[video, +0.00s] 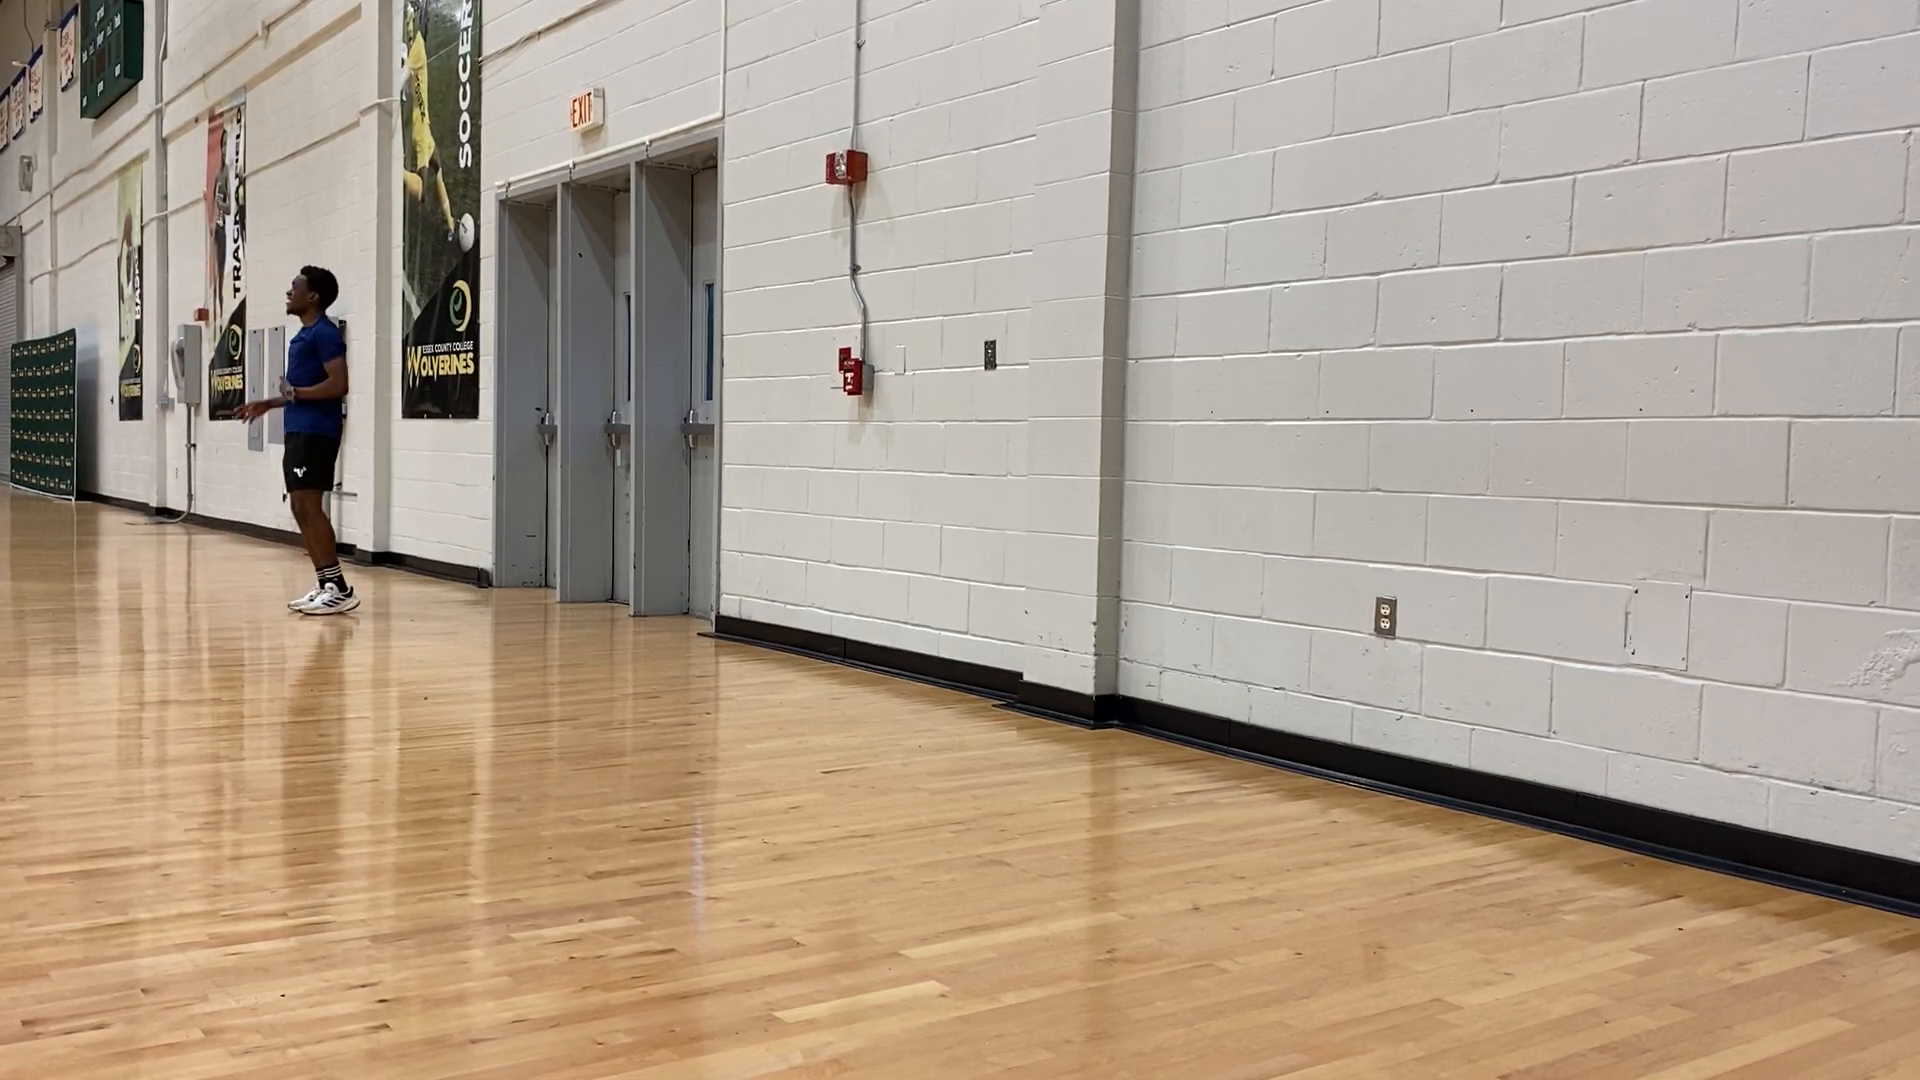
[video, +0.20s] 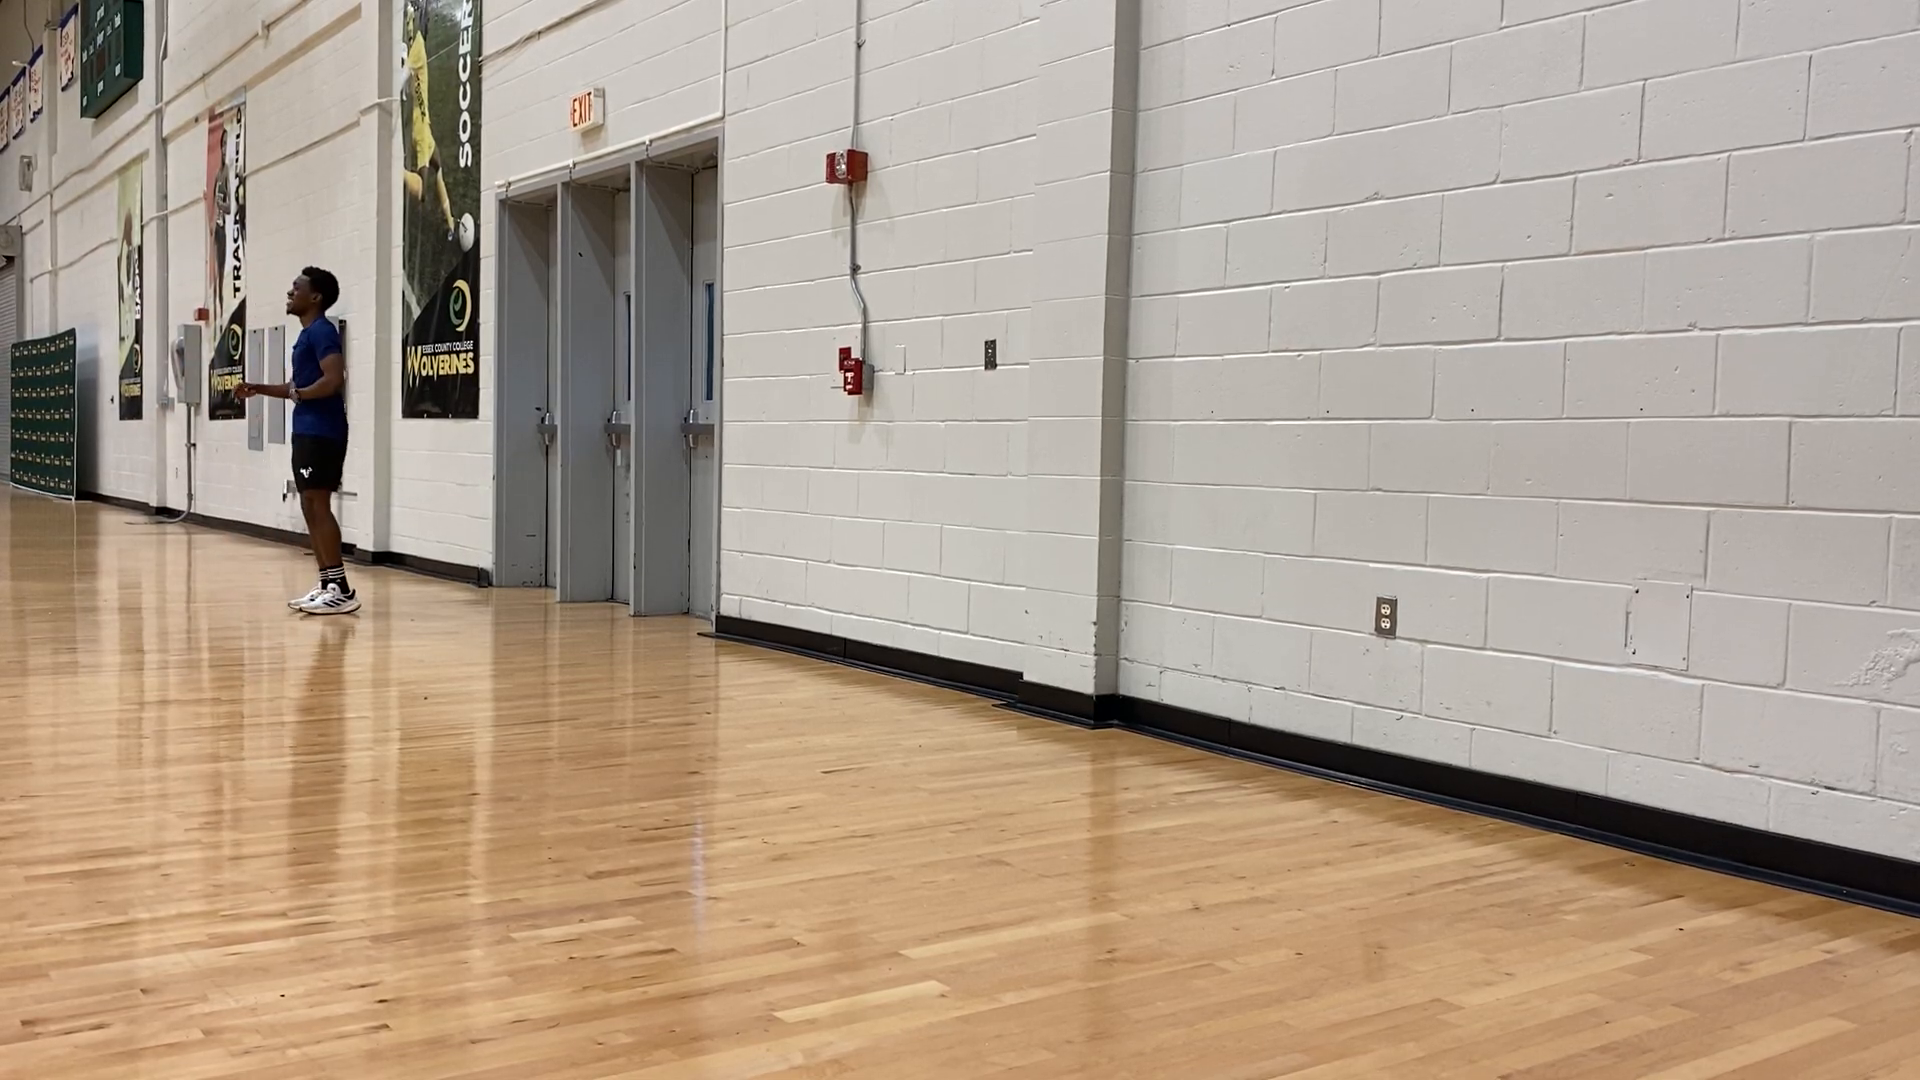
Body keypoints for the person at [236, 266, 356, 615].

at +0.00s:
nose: (289, 291)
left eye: (296, 287)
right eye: (292, 285)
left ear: (314, 296)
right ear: (309, 296)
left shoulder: (323, 332)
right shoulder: (305, 334)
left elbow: (338, 385)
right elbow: (301, 393)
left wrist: (297, 392)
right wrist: (264, 405)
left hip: (316, 434)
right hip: (300, 433)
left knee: (309, 507)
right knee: (300, 508)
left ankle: (337, 588)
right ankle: (325, 585)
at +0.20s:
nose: (290, 291)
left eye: (297, 287)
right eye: (293, 286)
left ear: (315, 297)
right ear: (309, 297)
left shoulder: (321, 331)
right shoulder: (306, 335)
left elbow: (334, 379)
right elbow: (297, 390)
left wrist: (301, 394)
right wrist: (258, 389)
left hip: (322, 435)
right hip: (308, 434)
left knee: (318, 507)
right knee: (311, 507)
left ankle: (338, 588)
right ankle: (328, 586)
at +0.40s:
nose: (282, 295)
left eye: (289, 291)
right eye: (284, 290)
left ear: (309, 297)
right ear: (304, 298)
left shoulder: (322, 331)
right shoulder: (305, 336)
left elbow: (341, 379)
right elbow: (301, 392)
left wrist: (306, 395)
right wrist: (260, 395)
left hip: (326, 434)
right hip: (310, 433)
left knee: (322, 508)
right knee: (313, 508)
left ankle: (339, 588)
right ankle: (327, 586)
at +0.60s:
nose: (280, 298)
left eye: (286, 292)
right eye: (282, 292)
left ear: (306, 297)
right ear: (303, 297)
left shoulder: (323, 331)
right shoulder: (305, 336)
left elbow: (343, 379)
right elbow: (306, 393)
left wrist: (306, 395)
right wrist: (273, 403)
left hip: (325, 433)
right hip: (308, 433)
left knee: (322, 508)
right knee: (313, 508)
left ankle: (340, 589)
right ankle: (327, 586)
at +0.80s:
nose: (282, 298)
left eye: (287, 292)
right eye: (283, 292)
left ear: (307, 296)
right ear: (304, 297)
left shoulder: (323, 330)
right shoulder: (307, 334)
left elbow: (339, 380)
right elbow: (305, 390)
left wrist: (297, 395)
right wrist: (275, 401)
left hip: (323, 433)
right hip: (307, 432)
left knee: (318, 508)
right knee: (311, 509)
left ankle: (340, 588)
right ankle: (327, 585)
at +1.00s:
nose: (283, 296)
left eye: (289, 290)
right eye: (285, 290)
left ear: (308, 295)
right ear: (305, 296)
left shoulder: (322, 329)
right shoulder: (305, 335)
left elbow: (335, 377)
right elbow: (301, 393)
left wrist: (297, 391)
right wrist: (266, 398)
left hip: (321, 432)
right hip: (306, 432)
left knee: (317, 507)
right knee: (311, 507)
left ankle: (338, 587)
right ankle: (327, 585)